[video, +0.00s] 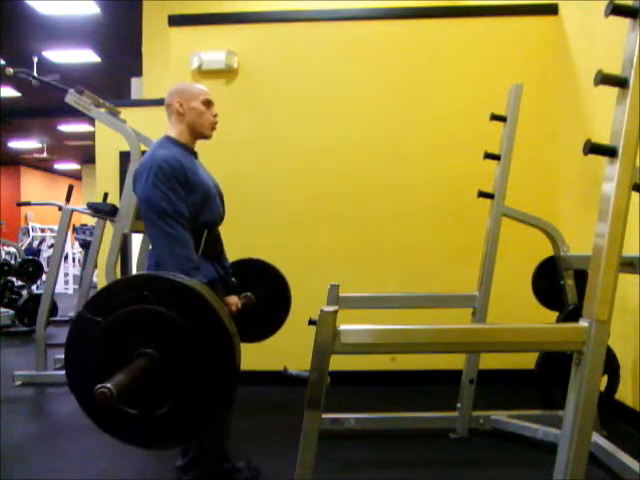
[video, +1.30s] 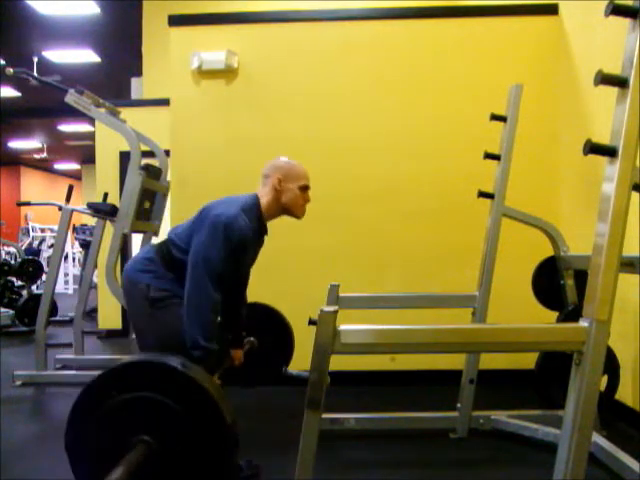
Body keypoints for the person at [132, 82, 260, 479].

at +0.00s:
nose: (215, 113)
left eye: (214, 106)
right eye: (207, 105)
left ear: (182, 109)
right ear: (179, 108)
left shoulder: (185, 160)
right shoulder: (163, 162)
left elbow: (205, 238)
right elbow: (173, 246)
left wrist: (229, 285)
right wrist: (216, 293)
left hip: (199, 293)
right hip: (181, 298)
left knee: (211, 375)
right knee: (207, 377)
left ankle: (204, 457)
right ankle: (208, 462)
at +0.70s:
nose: (259, 131)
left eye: (259, 123)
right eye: (252, 122)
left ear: (230, 124)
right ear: (226, 121)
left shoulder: (220, 172)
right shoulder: (190, 167)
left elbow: (216, 246)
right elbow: (177, 240)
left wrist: (226, 297)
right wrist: (203, 300)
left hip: (196, 294)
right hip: (169, 294)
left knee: (211, 374)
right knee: (199, 376)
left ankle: (208, 456)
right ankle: (199, 460)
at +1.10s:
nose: (296, 178)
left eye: (296, 171)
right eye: (291, 170)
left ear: (265, 169)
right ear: (264, 166)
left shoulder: (243, 211)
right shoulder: (216, 202)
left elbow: (228, 279)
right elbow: (193, 278)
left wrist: (232, 327)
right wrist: (205, 338)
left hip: (175, 288)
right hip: (151, 285)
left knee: (182, 373)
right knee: (161, 374)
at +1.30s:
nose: (309, 198)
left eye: (308, 190)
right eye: (303, 189)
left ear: (278, 185)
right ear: (278, 185)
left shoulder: (251, 226)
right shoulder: (229, 220)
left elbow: (235, 291)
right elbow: (201, 291)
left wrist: (235, 341)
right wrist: (206, 358)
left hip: (175, 284)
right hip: (150, 281)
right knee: (169, 368)